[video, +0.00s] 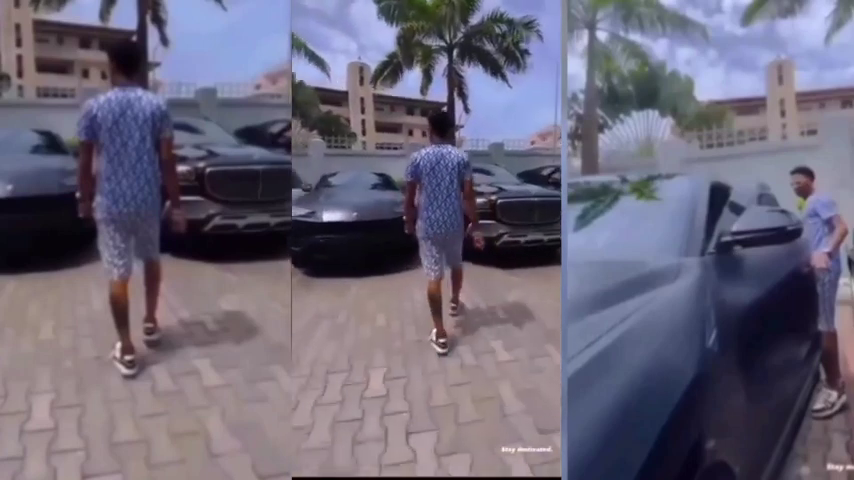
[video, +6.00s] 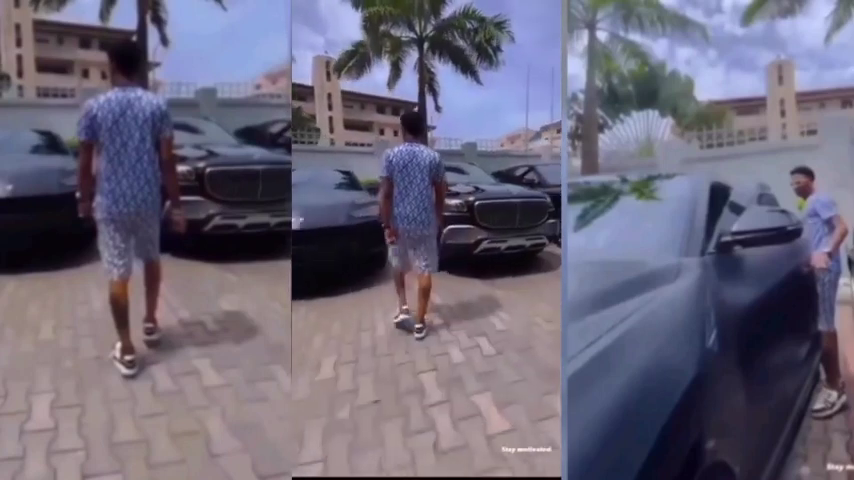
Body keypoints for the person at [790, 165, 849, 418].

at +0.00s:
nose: (796, 188)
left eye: (799, 183)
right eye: (794, 185)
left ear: (811, 181)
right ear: (796, 185)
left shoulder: (821, 201)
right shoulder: (808, 206)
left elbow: (841, 228)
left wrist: (827, 252)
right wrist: (809, 256)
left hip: (825, 269)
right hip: (814, 269)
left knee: (825, 327)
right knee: (821, 327)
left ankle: (835, 388)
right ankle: (831, 385)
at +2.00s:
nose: (796, 188)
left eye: (799, 183)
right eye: (794, 185)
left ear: (811, 181)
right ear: (796, 185)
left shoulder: (821, 201)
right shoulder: (808, 206)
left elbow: (841, 228)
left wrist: (827, 252)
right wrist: (809, 256)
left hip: (825, 269)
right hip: (814, 269)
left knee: (825, 328)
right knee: (821, 327)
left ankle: (835, 388)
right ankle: (831, 385)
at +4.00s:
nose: (796, 187)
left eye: (799, 183)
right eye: (793, 184)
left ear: (811, 181)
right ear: (797, 185)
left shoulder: (821, 201)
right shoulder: (809, 205)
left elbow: (842, 227)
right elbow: (820, 234)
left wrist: (827, 253)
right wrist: (810, 255)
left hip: (825, 268)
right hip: (815, 268)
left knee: (825, 327)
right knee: (822, 327)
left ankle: (834, 388)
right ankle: (830, 385)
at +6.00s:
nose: (796, 187)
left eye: (799, 183)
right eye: (793, 184)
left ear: (811, 181)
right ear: (797, 185)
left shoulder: (821, 201)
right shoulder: (809, 205)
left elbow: (842, 227)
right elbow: (820, 234)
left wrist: (827, 253)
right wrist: (810, 255)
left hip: (825, 268)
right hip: (815, 268)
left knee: (825, 327)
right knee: (822, 327)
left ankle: (834, 388)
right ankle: (830, 385)